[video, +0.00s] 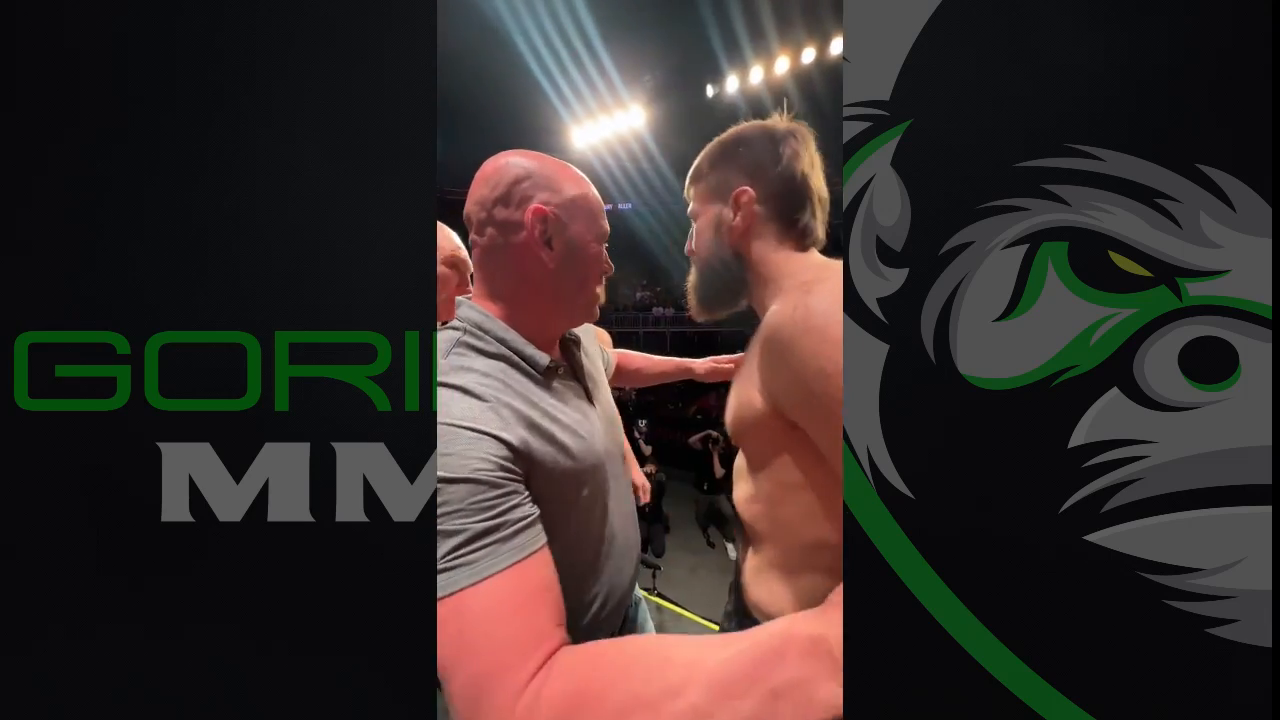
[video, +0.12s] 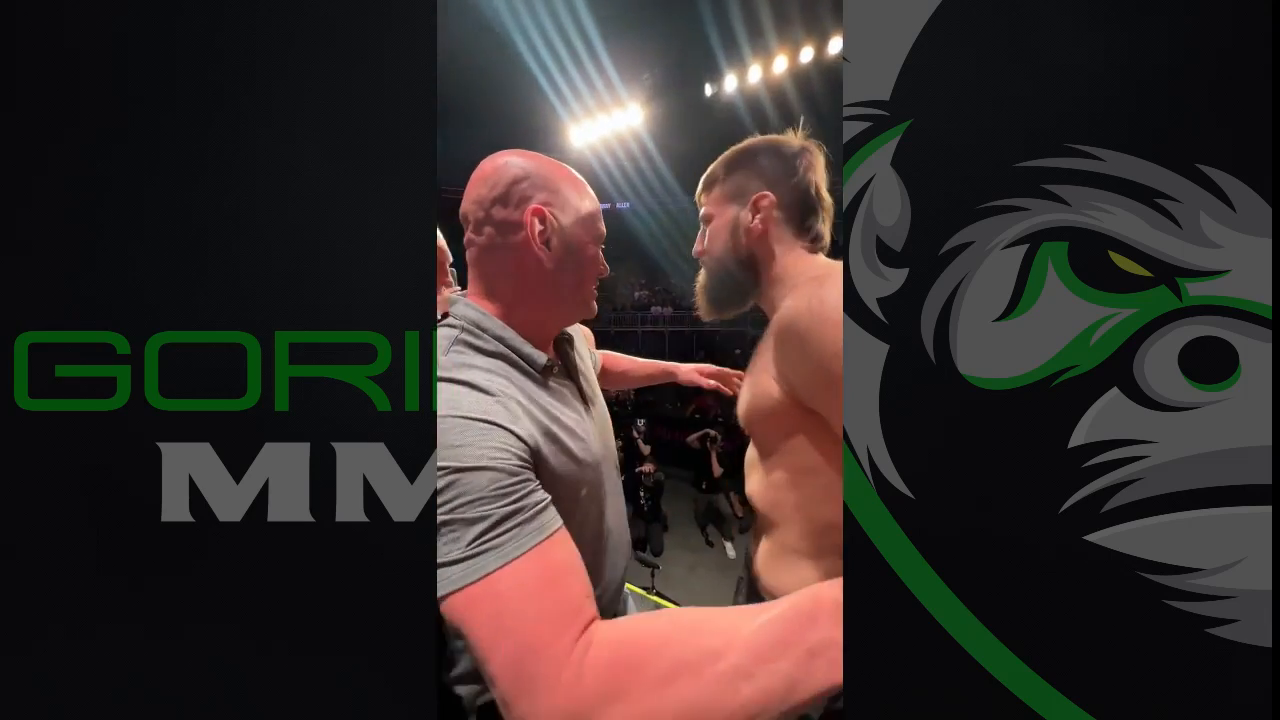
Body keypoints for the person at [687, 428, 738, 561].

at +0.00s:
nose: (714, 444)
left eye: (717, 442)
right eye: (712, 442)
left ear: (722, 444)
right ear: (709, 442)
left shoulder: (725, 455)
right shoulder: (704, 451)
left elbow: (719, 474)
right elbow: (691, 442)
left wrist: (715, 453)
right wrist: (706, 433)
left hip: (718, 491)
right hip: (703, 490)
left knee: (728, 515)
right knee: (701, 517)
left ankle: (729, 540)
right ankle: (706, 536)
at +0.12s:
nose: (712, 442)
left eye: (715, 440)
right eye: (711, 439)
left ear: (720, 442)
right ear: (707, 440)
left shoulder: (722, 455)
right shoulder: (702, 450)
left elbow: (717, 473)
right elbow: (689, 441)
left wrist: (713, 452)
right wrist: (704, 432)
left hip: (717, 490)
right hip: (701, 490)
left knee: (727, 514)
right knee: (700, 515)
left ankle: (727, 540)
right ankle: (704, 533)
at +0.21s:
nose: (712, 442)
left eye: (714, 440)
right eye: (710, 439)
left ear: (719, 442)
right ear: (706, 440)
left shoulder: (721, 454)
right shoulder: (700, 450)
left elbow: (716, 472)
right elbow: (688, 440)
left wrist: (712, 452)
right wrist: (703, 431)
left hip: (715, 489)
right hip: (700, 489)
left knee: (726, 513)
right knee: (699, 516)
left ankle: (727, 539)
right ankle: (703, 531)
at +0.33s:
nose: (710, 442)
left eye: (713, 440)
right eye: (709, 439)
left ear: (718, 442)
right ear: (705, 440)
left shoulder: (719, 454)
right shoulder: (699, 450)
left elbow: (715, 472)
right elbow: (687, 440)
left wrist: (711, 451)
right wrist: (702, 430)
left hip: (714, 489)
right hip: (698, 489)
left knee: (726, 512)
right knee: (699, 515)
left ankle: (726, 539)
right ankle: (702, 531)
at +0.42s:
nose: (710, 442)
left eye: (713, 440)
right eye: (709, 439)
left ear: (718, 442)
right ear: (705, 440)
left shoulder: (720, 455)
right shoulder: (699, 450)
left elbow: (715, 472)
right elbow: (687, 440)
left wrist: (711, 451)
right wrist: (703, 430)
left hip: (714, 489)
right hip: (699, 489)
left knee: (726, 512)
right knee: (699, 515)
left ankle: (727, 539)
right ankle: (703, 532)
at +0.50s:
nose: (711, 442)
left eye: (714, 439)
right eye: (709, 439)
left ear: (719, 442)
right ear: (706, 439)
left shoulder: (720, 455)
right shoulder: (700, 450)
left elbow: (716, 472)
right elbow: (688, 440)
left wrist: (711, 452)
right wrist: (703, 431)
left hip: (715, 490)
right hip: (699, 490)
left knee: (726, 513)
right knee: (700, 517)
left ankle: (727, 540)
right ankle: (704, 533)